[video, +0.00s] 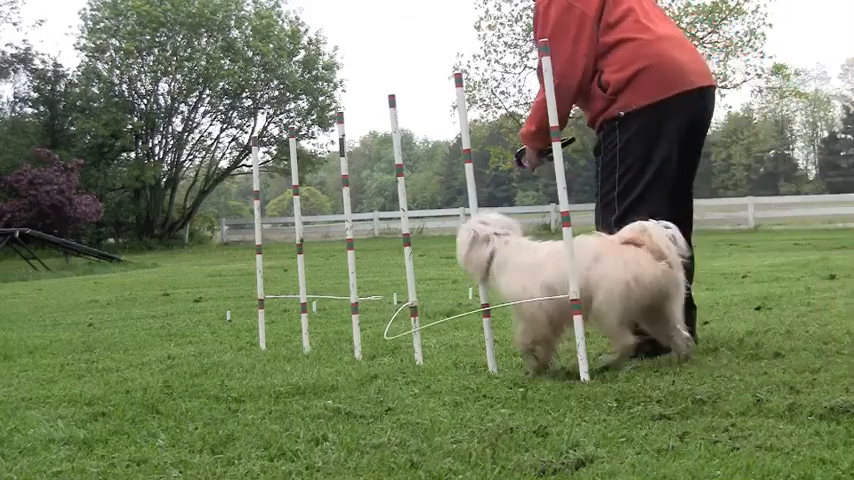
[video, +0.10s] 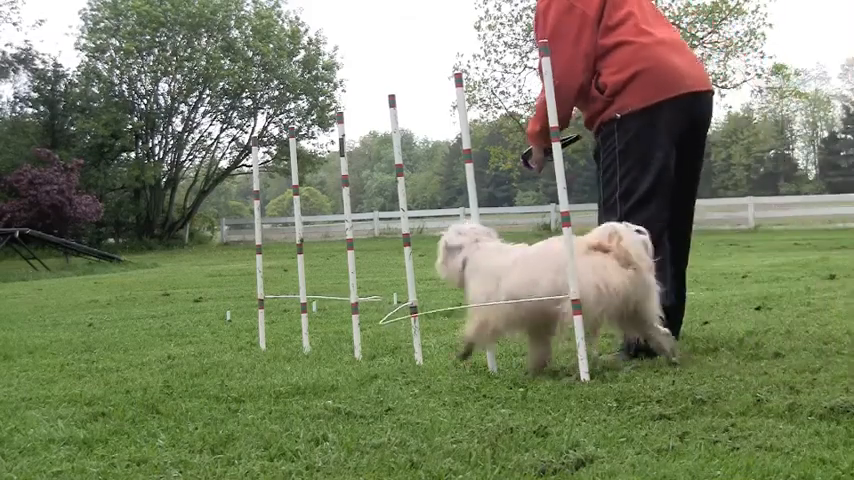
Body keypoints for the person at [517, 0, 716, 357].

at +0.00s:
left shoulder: (560, 4)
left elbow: (563, 71)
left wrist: (534, 139)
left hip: (642, 93)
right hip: (690, 83)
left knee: (622, 223)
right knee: (672, 214)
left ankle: (645, 333)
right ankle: (678, 328)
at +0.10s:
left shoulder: (560, 4)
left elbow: (565, 73)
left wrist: (539, 137)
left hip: (637, 94)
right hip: (692, 86)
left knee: (627, 224)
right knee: (674, 218)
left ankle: (640, 337)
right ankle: (664, 331)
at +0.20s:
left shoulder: (567, 4)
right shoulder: (631, 6)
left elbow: (567, 78)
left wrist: (546, 136)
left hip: (633, 105)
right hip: (690, 99)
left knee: (632, 226)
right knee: (671, 224)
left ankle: (648, 338)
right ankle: (663, 328)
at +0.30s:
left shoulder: (573, 4)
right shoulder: (633, 5)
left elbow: (574, 86)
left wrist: (552, 134)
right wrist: (585, 120)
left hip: (632, 110)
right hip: (685, 105)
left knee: (612, 223)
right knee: (664, 226)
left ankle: (642, 320)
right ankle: (663, 323)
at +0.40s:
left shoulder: (572, 5)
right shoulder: (638, 6)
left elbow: (574, 83)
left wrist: (558, 131)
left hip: (626, 117)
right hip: (683, 110)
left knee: (592, 231)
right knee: (661, 234)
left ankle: (634, 304)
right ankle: (661, 328)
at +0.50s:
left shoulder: (567, 4)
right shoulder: (637, 5)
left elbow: (565, 76)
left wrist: (546, 124)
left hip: (612, 116)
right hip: (673, 107)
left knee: (579, 227)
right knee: (665, 221)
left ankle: (616, 316)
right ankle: (665, 321)